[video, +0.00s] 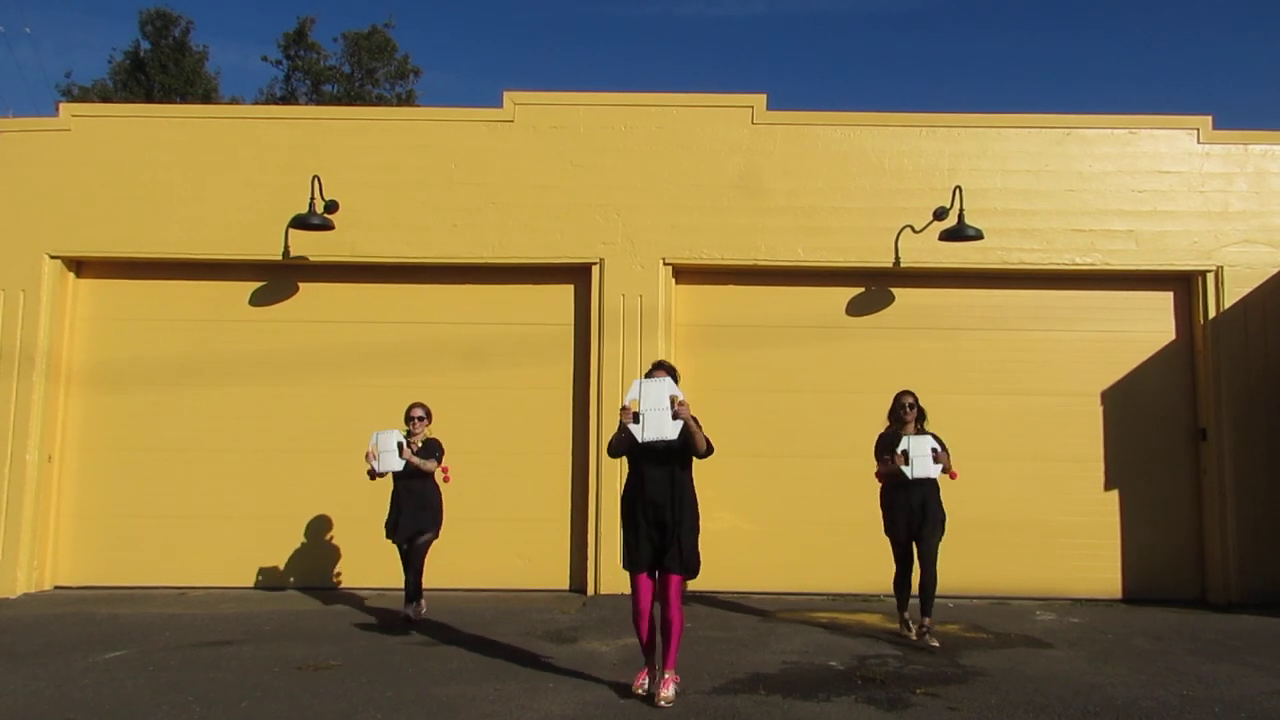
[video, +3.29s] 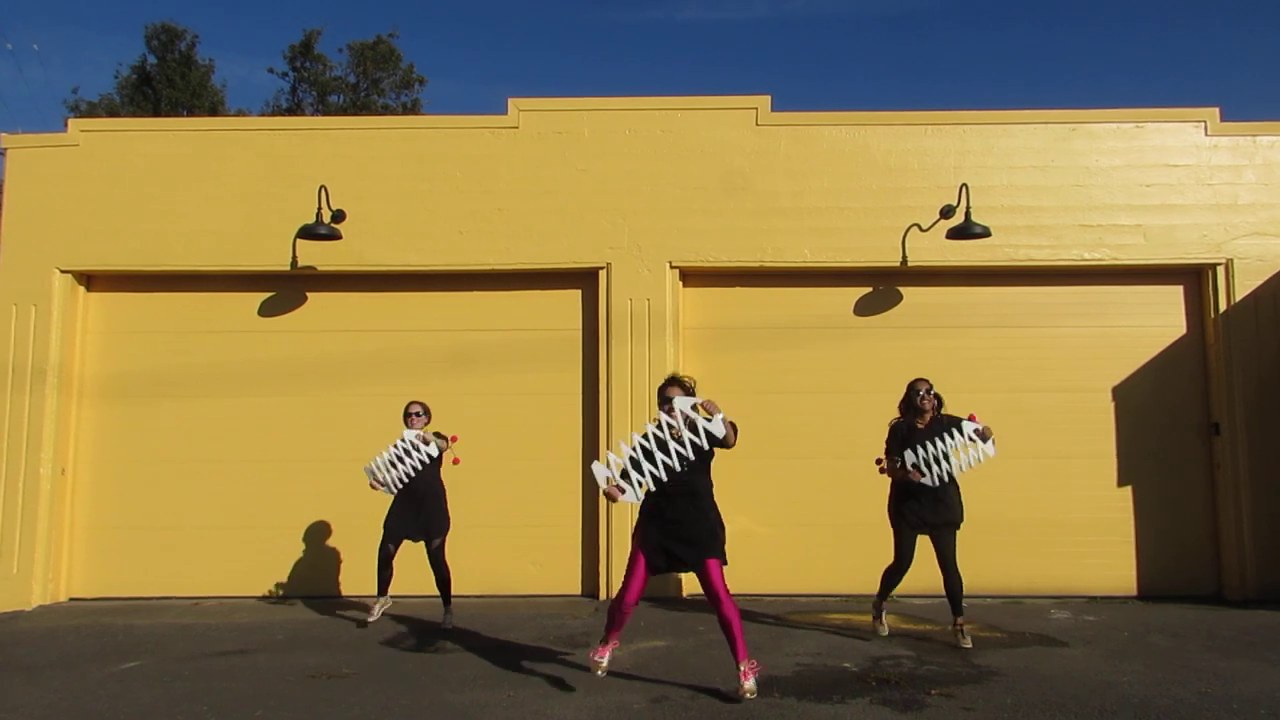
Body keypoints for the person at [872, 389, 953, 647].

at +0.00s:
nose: (907, 410)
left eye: (911, 406)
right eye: (901, 407)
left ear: (918, 410)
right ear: (894, 411)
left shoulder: (931, 439)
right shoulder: (886, 439)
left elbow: (947, 470)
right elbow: (881, 473)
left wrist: (944, 461)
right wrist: (895, 465)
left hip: (929, 508)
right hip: (898, 510)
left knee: (929, 564)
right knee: (904, 564)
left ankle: (925, 623)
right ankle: (903, 615)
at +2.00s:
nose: (910, 404)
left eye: (915, 400)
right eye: (904, 401)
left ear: (921, 404)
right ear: (896, 405)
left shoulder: (932, 434)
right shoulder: (886, 434)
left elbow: (945, 475)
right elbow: (876, 469)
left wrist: (943, 463)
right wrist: (894, 462)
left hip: (925, 505)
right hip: (893, 507)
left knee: (933, 566)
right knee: (893, 565)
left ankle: (936, 625)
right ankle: (880, 624)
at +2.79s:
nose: (921, 408)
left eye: (925, 404)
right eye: (915, 405)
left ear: (932, 407)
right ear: (907, 409)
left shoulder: (943, 438)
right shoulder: (901, 438)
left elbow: (958, 474)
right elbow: (893, 475)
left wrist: (964, 460)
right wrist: (909, 468)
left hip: (940, 515)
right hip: (908, 516)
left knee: (949, 574)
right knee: (898, 572)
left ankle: (958, 632)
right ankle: (878, 628)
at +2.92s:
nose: (924, 392)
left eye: (927, 387)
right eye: (918, 389)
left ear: (934, 392)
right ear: (909, 397)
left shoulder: (949, 421)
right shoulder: (903, 425)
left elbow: (980, 442)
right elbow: (896, 462)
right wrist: (895, 480)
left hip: (942, 501)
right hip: (908, 502)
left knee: (949, 563)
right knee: (899, 556)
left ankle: (954, 626)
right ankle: (869, 598)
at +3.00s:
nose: (927, 394)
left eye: (930, 390)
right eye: (921, 392)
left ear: (936, 395)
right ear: (912, 400)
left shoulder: (951, 421)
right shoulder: (907, 428)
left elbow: (992, 423)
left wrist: (1006, 404)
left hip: (945, 504)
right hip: (912, 504)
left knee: (951, 567)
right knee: (901, 561)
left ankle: (951, 628)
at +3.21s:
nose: (927, 395)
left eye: (930, 390)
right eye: (920, 392)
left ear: (936, 396)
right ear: (911, 399)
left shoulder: (949, 422)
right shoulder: (904, 430)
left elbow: (985, 419)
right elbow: (893, 465)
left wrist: (1006, 406)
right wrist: (892, 486)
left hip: (943, 506)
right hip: (910, 506)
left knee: (946, 566)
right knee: (904, 561)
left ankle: (953, 629)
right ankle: (877, 552)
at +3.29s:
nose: (925, 397)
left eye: (929, 393)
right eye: (919, 394)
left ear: (935, 398)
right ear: (909, 400)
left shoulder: (947, 423)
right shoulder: (900, 428)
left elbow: (980, 436)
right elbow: (890, 467)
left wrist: (985, 433)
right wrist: (906, 473)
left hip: (942, 502)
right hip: (907, 503)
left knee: (949, 565)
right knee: (902, 562)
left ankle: (959, 624)